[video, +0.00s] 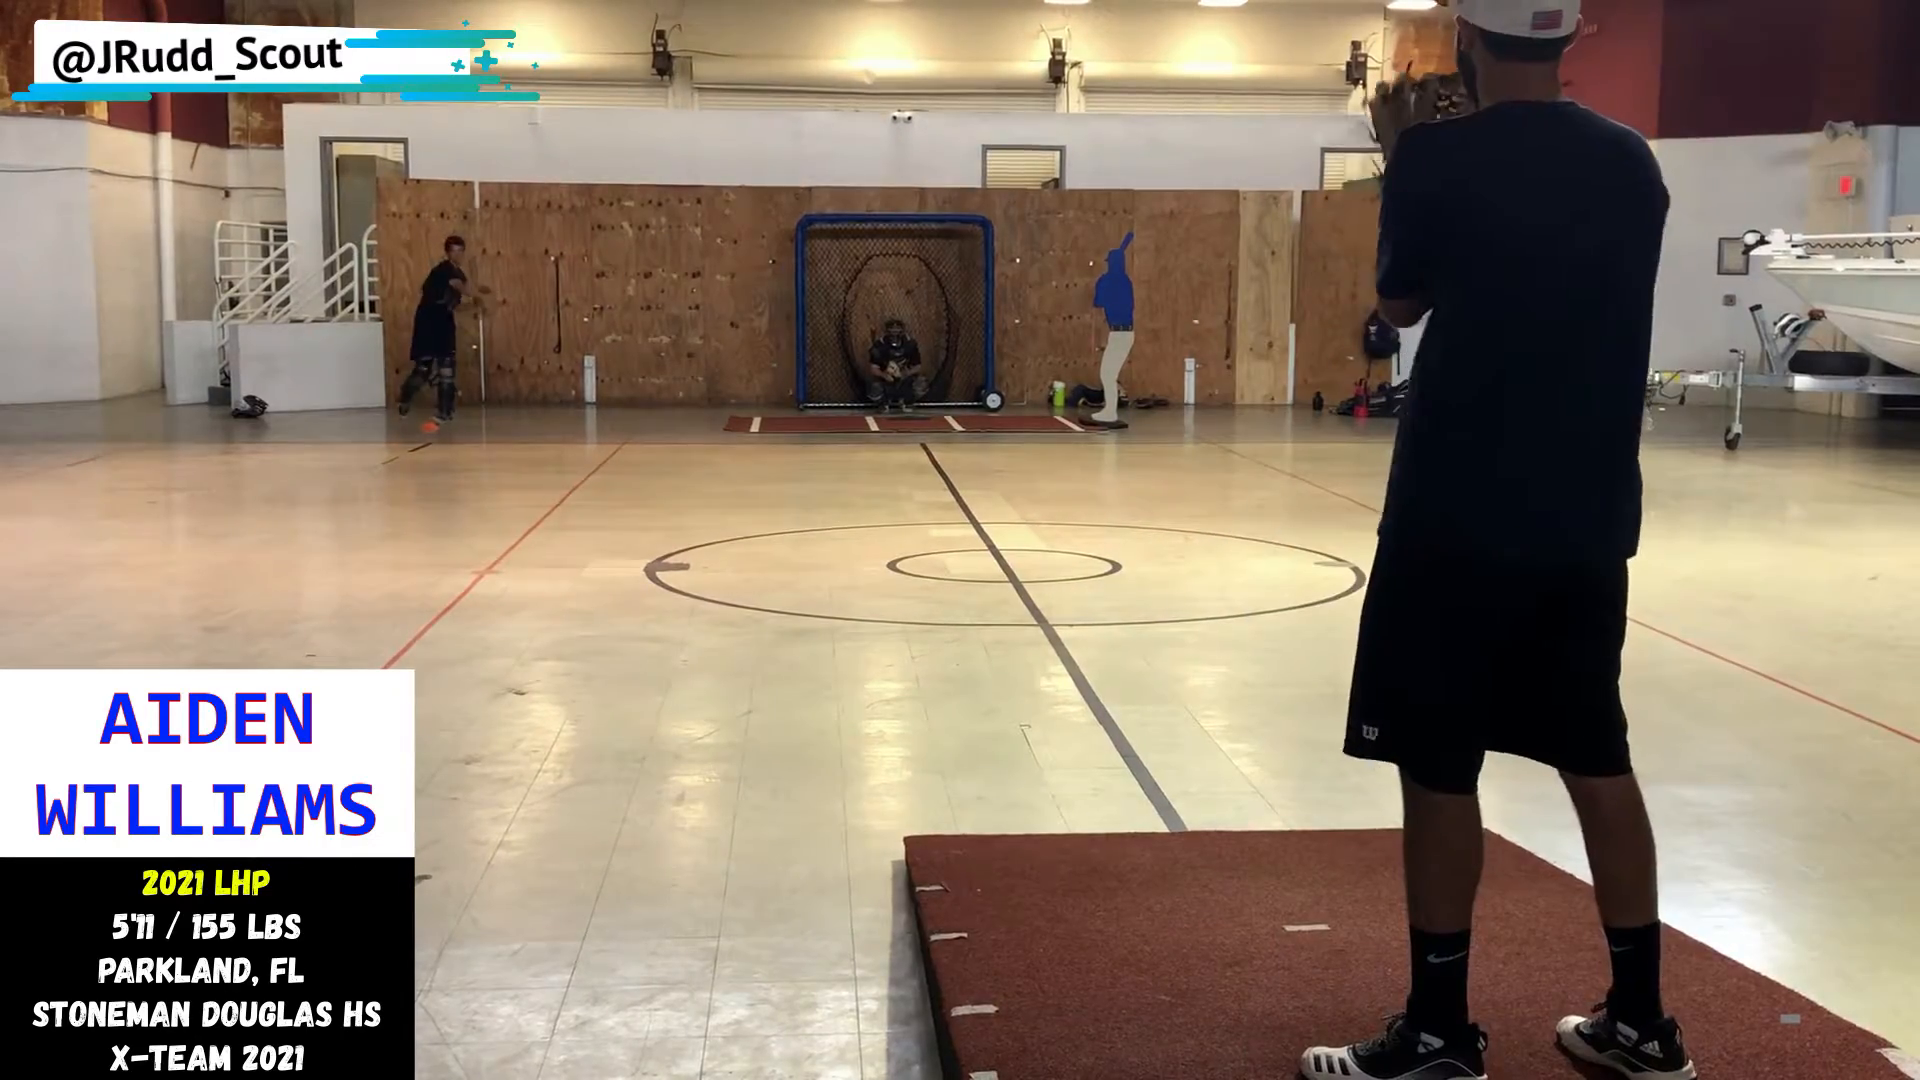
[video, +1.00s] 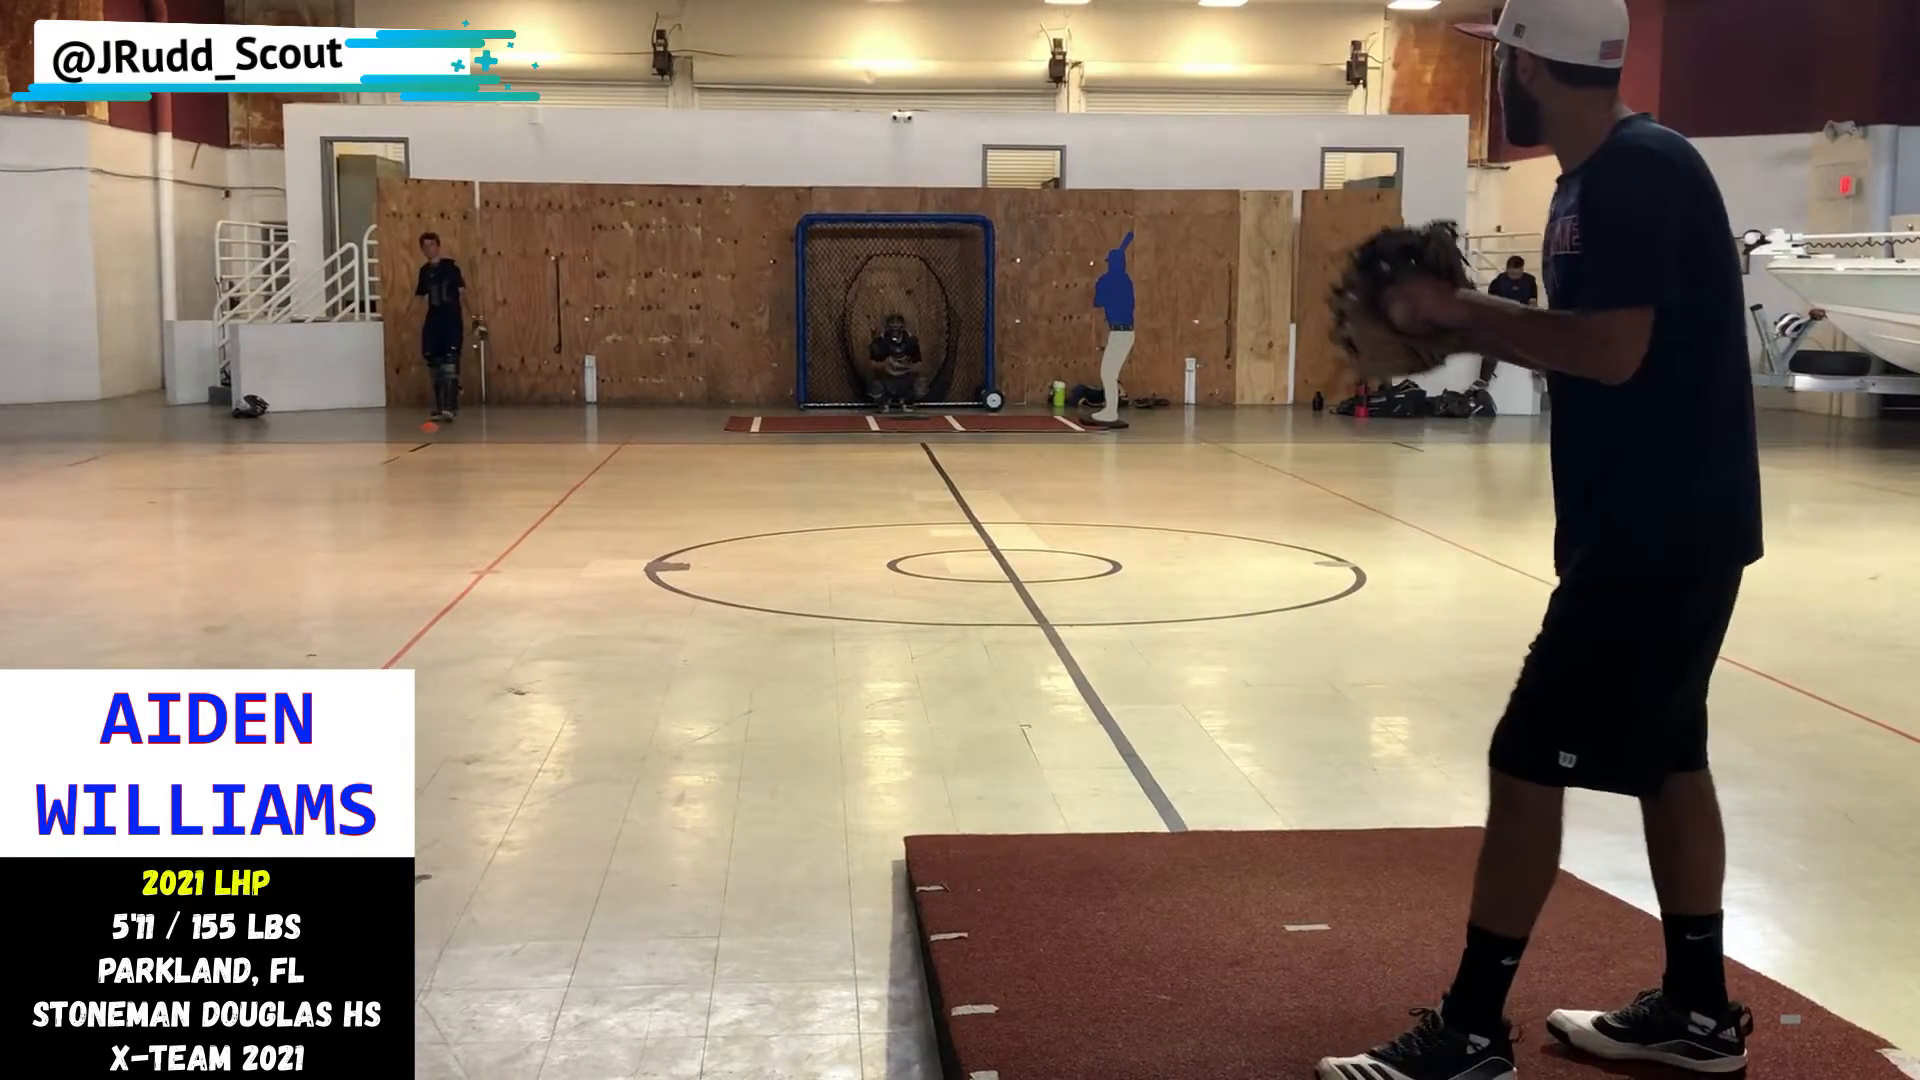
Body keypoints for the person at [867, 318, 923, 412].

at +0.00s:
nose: (895, 335)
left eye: (898, 332)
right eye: (892, 332)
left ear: (902, 332)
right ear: (887, 332)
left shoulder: (910, 344)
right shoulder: (879, 346)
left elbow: (917, 366)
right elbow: (874, 368)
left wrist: (906, 373)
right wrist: (884, 375)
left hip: (904, 379)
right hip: (887, 380)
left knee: (921, 383)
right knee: (875, 386)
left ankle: (906, 402)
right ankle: (883, 405)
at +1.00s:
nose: (895, 330)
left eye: (898, 326)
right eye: (893, 326)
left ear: (903, 326)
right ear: (888, 326)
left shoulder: (911, 340)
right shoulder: (880, 341)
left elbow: (918, 364)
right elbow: (873, 363)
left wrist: (905, 369)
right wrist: (885, 365)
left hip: (906, 376)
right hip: (887, 376)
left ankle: (907, 402)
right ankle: (883, 404)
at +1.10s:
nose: (895, 321)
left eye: (898, 317)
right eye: (891, 318)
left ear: (902, 318)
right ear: (886, 319)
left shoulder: (911, 334)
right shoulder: (879, 334)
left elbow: (918, 356)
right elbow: (871, 355)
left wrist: (906, 361)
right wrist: (880, 354)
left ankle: (904, 400)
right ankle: (886, 400)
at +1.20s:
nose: (894, 321)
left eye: (898, 318)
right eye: (891, 318)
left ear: (903, 316)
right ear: (886, 316)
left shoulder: (911, 328)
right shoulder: (877, 329)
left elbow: (921, 347)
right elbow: (868, 352)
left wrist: (911, 355)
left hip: (905, 363)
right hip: (884, 363)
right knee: (871, 373)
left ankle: (911, 398)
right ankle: (876, 400)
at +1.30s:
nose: (895, 321)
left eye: (898, 317)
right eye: (892, 317)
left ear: (903, 316)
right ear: (886, 315)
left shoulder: (910, 329)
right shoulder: (876, 330)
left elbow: (923, 348)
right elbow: (868, 350)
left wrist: (915, 355)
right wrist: (860, 365)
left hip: (907, 365)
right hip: (885, 365)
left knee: (923, 372)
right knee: (866, 375)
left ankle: (924, 403)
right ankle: (868, 404)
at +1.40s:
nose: (894, 324)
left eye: (898, 320)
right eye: (891, 320)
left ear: (902, 321)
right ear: (886, 320)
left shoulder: (910, 335)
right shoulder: (878, 336)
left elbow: (924, 355)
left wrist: (915, 361)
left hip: (907, 370)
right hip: (885, 370)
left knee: (922, 377)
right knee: (867, 378)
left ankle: (923, 405)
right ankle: (870, 405)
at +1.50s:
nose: (895, 331)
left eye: (898, 328)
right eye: (892, 328)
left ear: (903, 327)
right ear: (886, 327)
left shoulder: (910, 342)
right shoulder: (877, 344)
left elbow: (926, 358)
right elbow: (873, 365)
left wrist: (915, 365)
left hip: (907, 377)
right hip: (886, 377)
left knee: (921, 377)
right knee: (866, 380)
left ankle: (921, 405)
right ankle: (871, 406)